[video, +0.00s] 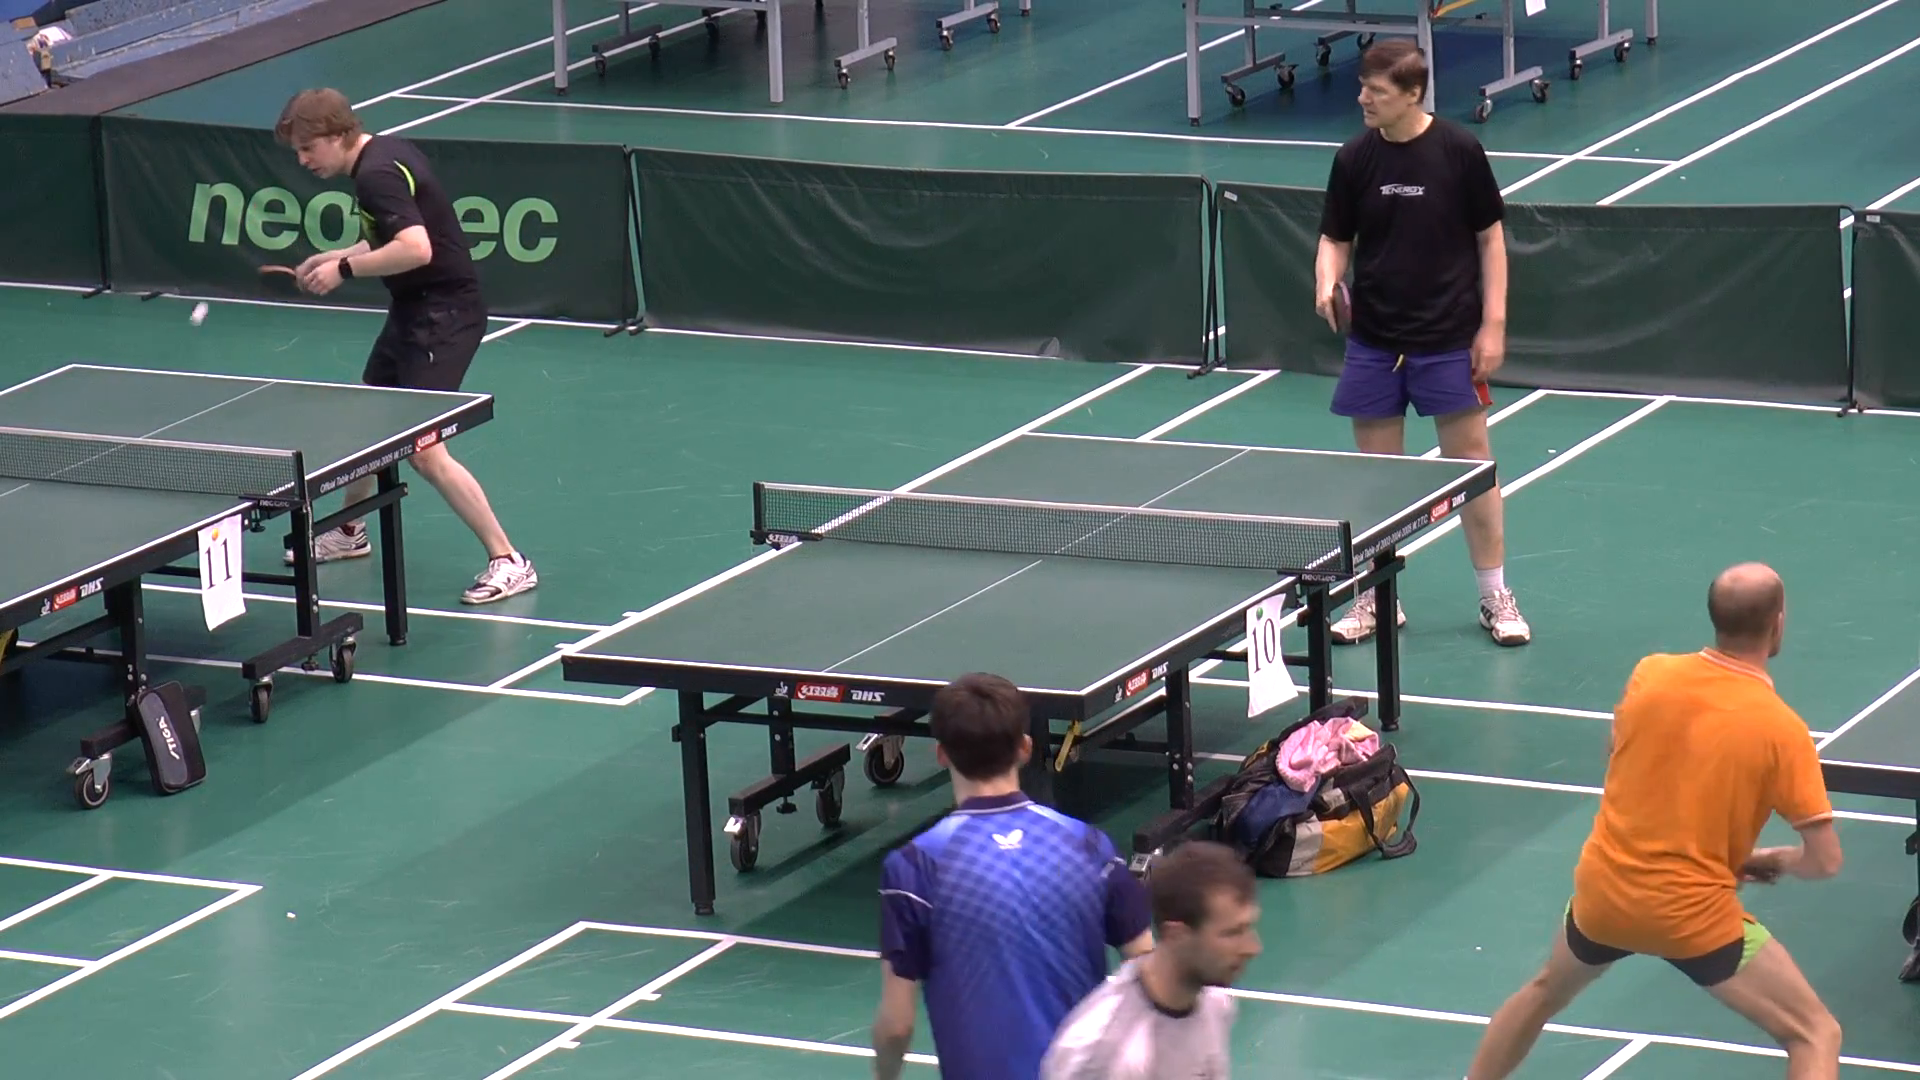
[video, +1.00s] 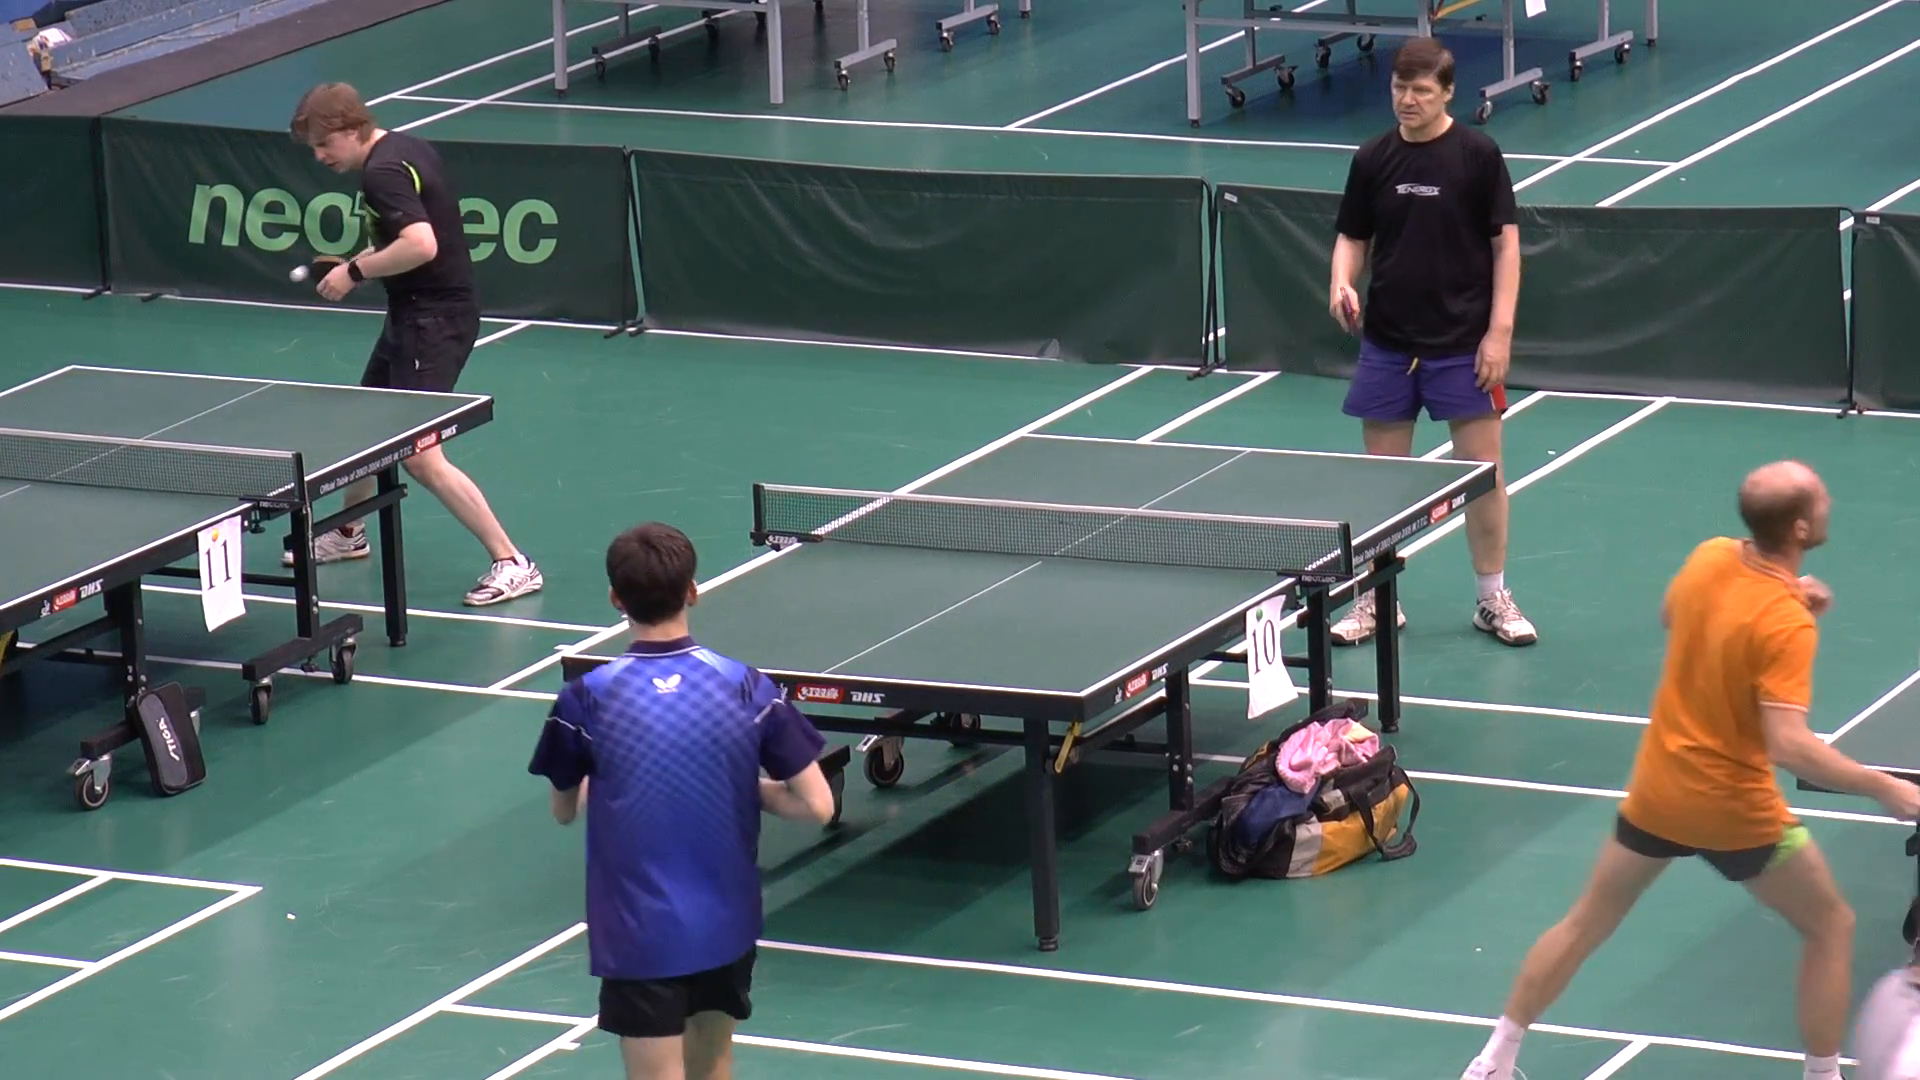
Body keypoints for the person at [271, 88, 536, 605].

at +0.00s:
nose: (302, 162)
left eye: (306, 149)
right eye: (297, 152)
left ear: (337, 136)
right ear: (342, 136)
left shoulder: (378, 170)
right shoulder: (382, 156)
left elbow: (416, 247)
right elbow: (396, 235)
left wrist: (344, 266)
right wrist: (340, 257)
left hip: (447, 311)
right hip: (412, 309)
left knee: (421, 443)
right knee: (366, 418)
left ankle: (508, 560)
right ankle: (349, 529)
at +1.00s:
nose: (320, 157)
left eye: (323, 145)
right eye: (314, 148)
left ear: (351, 131)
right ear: (356, 128)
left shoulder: (384, 170)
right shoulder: (409, 148)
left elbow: (420, 244)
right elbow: (423, 232)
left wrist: (354, 271)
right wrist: (359, 262)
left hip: (436, 318)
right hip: (414, 313)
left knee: (419, 451)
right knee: (366, 423)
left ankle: (512, 563)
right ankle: (348, 530)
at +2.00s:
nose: (314, 83)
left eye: (323, 71)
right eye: (306, 74)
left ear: (348, 64)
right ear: (300, 73)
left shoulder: (397, 111)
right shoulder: (311, 127)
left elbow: (438, 191)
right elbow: (306, 199)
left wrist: (373, 220)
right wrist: (284, 244)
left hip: (419, 271)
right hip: (357, 275)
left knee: (440, 396)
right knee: (353, 393)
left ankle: (476, 524)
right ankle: (364, 519)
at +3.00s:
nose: (378, 72)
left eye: (387, 63)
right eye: (374, 62)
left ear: (419, 61)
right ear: (373, 61)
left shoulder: (459, 120)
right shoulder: (373, 108)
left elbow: (500, 203)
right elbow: (361, 175)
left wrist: (442, 251)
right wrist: (339, 228)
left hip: (440, 281)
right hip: (373, 272)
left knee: (455, 399)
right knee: (343, 386)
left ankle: (468, 515)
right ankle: (359, 513)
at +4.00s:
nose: (397, 121)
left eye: (405, 111)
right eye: (392, 111)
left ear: (437, 101)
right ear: (404, 103)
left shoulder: (464, 150)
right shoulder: (441, 137)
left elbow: (459, 248)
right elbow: (448, 229)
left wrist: (385, 282)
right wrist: (403, 253)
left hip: (483, 304)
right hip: (458, 299)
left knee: (464, 436)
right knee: (453, 431)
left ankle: (497, 578)